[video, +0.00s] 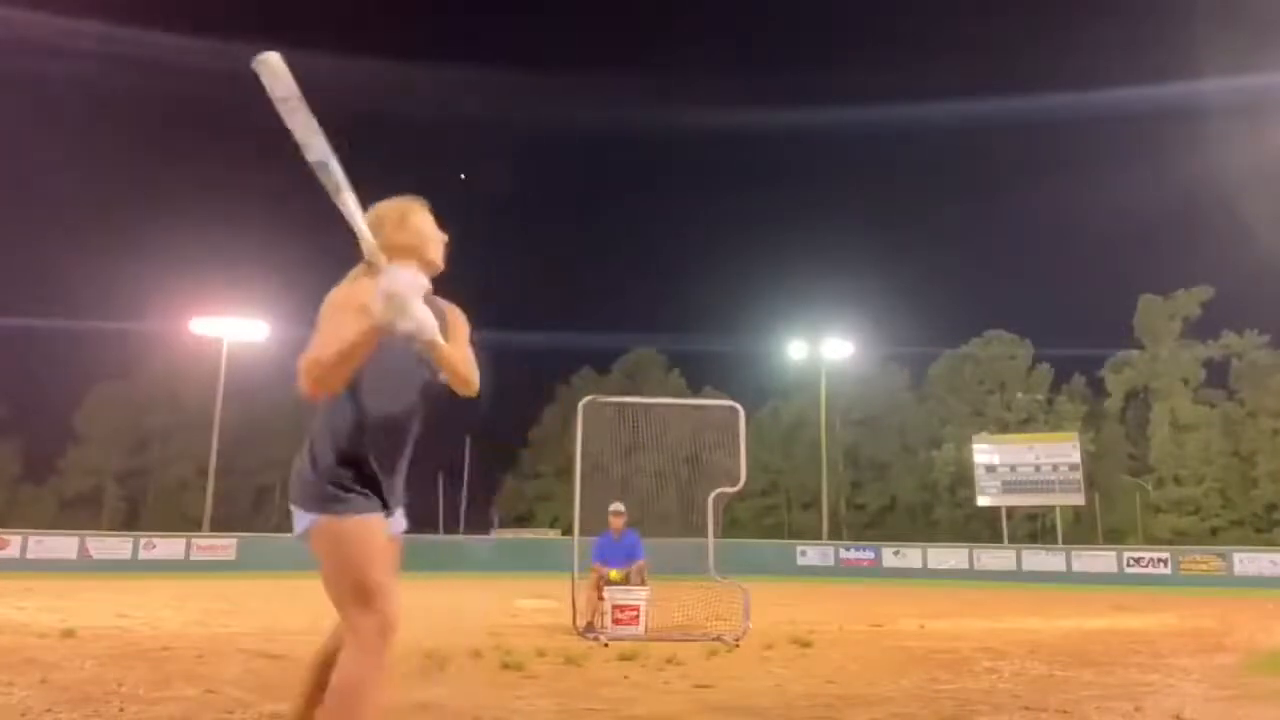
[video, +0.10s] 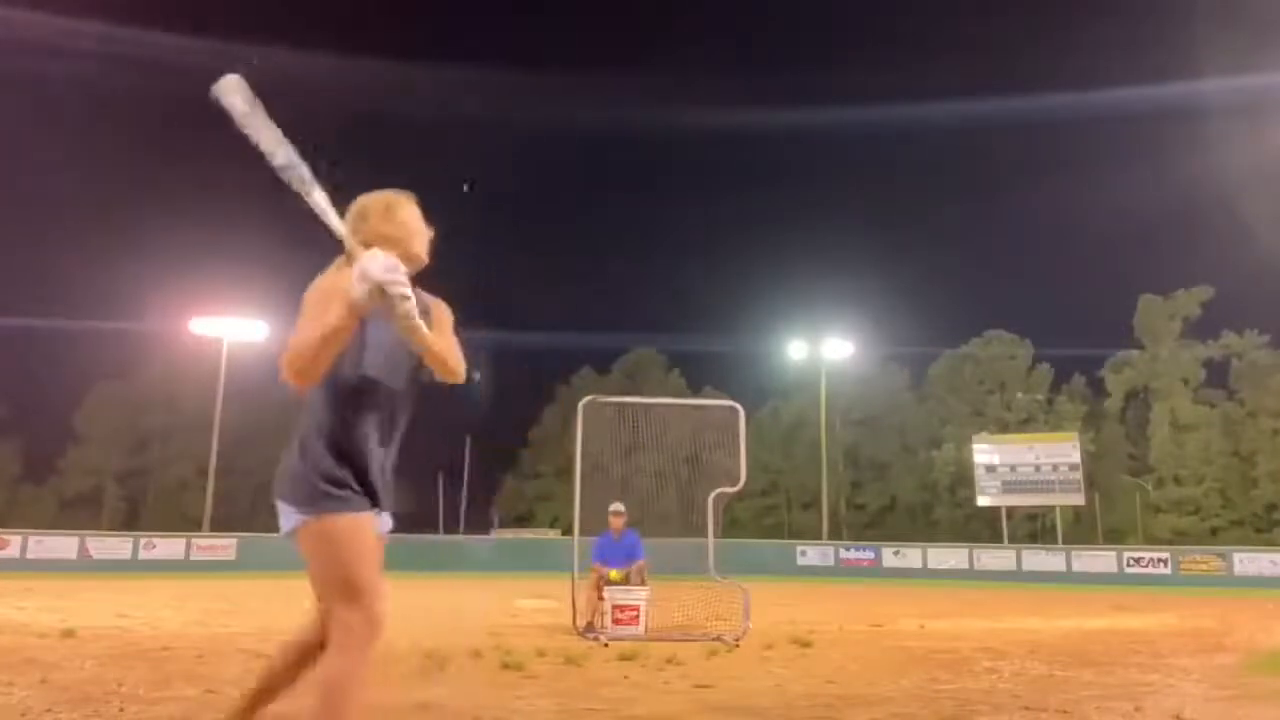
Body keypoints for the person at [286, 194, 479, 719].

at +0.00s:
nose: (443, 235)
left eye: (438, 225)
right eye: (431, 225)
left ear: (413, 238)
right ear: (397, 236)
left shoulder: (447, 314)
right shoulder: (356, 296)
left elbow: (468, 383)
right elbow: (316, 381)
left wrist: (426, 333)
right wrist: (380, 322)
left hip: (387, 492)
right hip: (334, 487)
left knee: (360, 625)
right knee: (373, 625)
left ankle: (309, 709)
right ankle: (341, 712)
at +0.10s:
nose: (427, 241)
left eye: (425, 233)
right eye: (415, 232)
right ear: (381, 240)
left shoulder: (430, 308)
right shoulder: (336, 289)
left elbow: (455, 371)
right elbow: (298, 372)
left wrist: (407, 320)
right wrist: (356, 300)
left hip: (370, 488)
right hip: (320, 482)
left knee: (332, 628)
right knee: (360, 620)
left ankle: (243, 709)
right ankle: (332, 713)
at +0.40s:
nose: (378, 261)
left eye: (379, 250)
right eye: (372, 249)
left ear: (337, 250)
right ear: (342, 247)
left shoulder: (352, 302)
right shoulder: (296, 281)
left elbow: (400, 380)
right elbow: (290, 372)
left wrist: (397, 323)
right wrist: (349, 313)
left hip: (291, 480)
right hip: (278, 479)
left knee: (251, 638)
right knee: (341, 623)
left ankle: (183, 713)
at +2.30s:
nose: (413, 274)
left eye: (415, 266)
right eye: (415, 261)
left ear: (363, 233)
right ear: (404, 247)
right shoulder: (354, 266)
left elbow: (420, 386)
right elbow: (363, 335)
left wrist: (465, 335)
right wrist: (436, 301)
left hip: (271, 475)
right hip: (299, 475)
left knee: (287, 635)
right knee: (363, 629)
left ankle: (203, 713)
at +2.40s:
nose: (426, 281)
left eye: (429, 272)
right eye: (427, 267)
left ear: (390, 240)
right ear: (411, 248)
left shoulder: (377, 309)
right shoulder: (353, 268)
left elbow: (424, 391)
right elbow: (365, 333)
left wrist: (470, 348)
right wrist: (445, 309)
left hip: (307, 477)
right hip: (293, 475)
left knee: (332, 634)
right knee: (369, 630)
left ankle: (242, 712)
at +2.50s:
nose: (442, 286)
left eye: (446, 277)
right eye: (443, 272)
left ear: (406, 255)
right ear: (426, 257)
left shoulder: (396, 315)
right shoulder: (362, 272)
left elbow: (427, 398)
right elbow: (353, 335)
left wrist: (468, 358)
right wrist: (446, 318)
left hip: (335, 484)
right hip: (289, 485)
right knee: (369, 629)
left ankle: (298, 709)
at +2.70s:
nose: (460, 293)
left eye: (464, 284)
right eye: (462, 280)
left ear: (421, 258)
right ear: (443, 268)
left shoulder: (423, 324)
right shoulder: (375, 282)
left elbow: (436, 405)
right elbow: (331, 339)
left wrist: (460, 366)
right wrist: (429, 325)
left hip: (355, 488)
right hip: (304, 493)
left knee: (446, 581)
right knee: (376, 628)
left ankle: (379, 706)